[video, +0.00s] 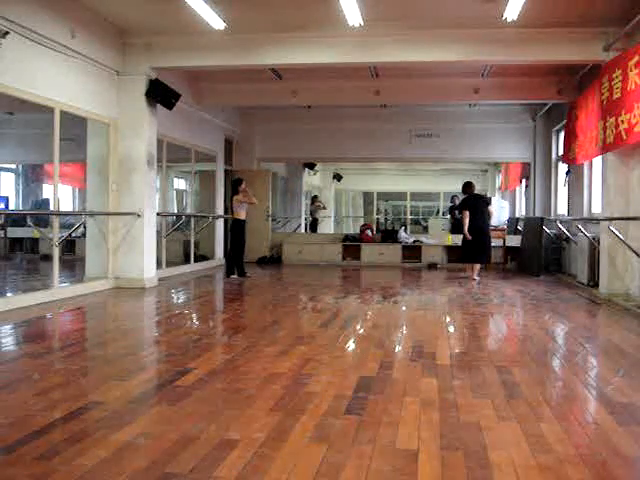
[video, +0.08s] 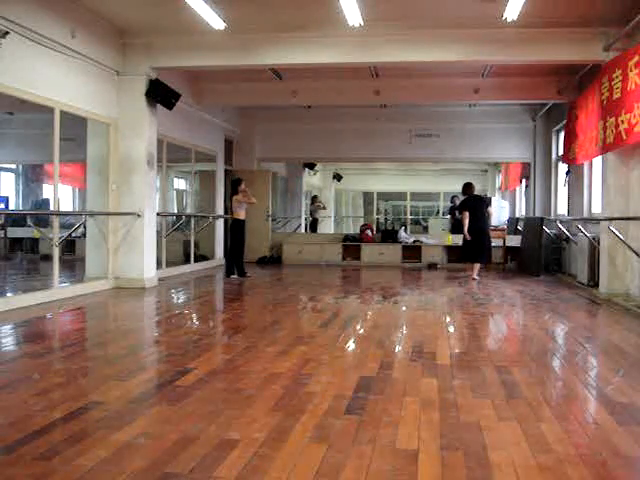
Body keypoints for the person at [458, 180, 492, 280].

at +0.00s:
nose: (463, 191)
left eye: (463, 190)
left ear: (463, 190)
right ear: (474, 189)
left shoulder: (465, 201)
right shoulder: (482, 198)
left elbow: (466, 216)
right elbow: (491, 212)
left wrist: (465, 230)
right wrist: (488, 224)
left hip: (471, 229)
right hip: (483, 229)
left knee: (469, 252)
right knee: (479, 253)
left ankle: (470, 273)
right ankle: (475, 275)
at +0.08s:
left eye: (463, 190)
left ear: (463, 191)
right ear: (473, 189)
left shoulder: (465, 202)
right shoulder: (481, 199)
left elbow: (466, 216)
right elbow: (490, 212)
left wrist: (465, 231)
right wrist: (488, 224)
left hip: (471, 229)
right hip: (482, 229)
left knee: (471, 250)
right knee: (479, 251)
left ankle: (473, 271)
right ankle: (475, 274)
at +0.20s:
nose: (464, 193)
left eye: (463, 191)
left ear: (463, 192)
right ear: (473, 190)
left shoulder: (464, 203)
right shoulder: (481, 200)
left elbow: (464, 218)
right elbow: (489, 212)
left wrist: (461, 231)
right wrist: (488, 224)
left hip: (470, 229)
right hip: (482, 229)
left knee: (471, 250)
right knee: (481, 250)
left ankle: (475, 270)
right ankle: (476, 270)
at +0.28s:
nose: (463, 193)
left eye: (463, 191)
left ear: (463, 192)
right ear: (473, 190)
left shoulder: (463, 203)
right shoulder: (481, 200)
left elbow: (463, 218)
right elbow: (489, 212)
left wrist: (460, 231)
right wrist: (486, 224)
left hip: (469, 229)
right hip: (481, 229)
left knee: (470, 250)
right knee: (481, 250)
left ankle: (471, 271)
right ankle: (477, 270)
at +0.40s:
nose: (462, 193)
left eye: (462, 192)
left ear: (463, 192)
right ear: (473, 190)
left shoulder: (464, 202)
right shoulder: (481, 199)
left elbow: (462, 217)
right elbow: (488, 212)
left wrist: (455, 231)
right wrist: (487, 224)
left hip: (469, 230)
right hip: (481, 229)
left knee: (470, 250)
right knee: (481, 248)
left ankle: (472, 271)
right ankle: (481, 265)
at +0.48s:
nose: (463, 193)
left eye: (463, 191)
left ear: (463, 191)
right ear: (473, 190)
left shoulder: (464, 201)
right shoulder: (481, 199)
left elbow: (462, 216)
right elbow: (488, 211)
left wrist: (456, 226)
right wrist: (487, 222)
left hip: (470, 228)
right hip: (482, 227)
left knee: (470, 248)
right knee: (481, 248)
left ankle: (473, 270)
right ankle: (482, 268)